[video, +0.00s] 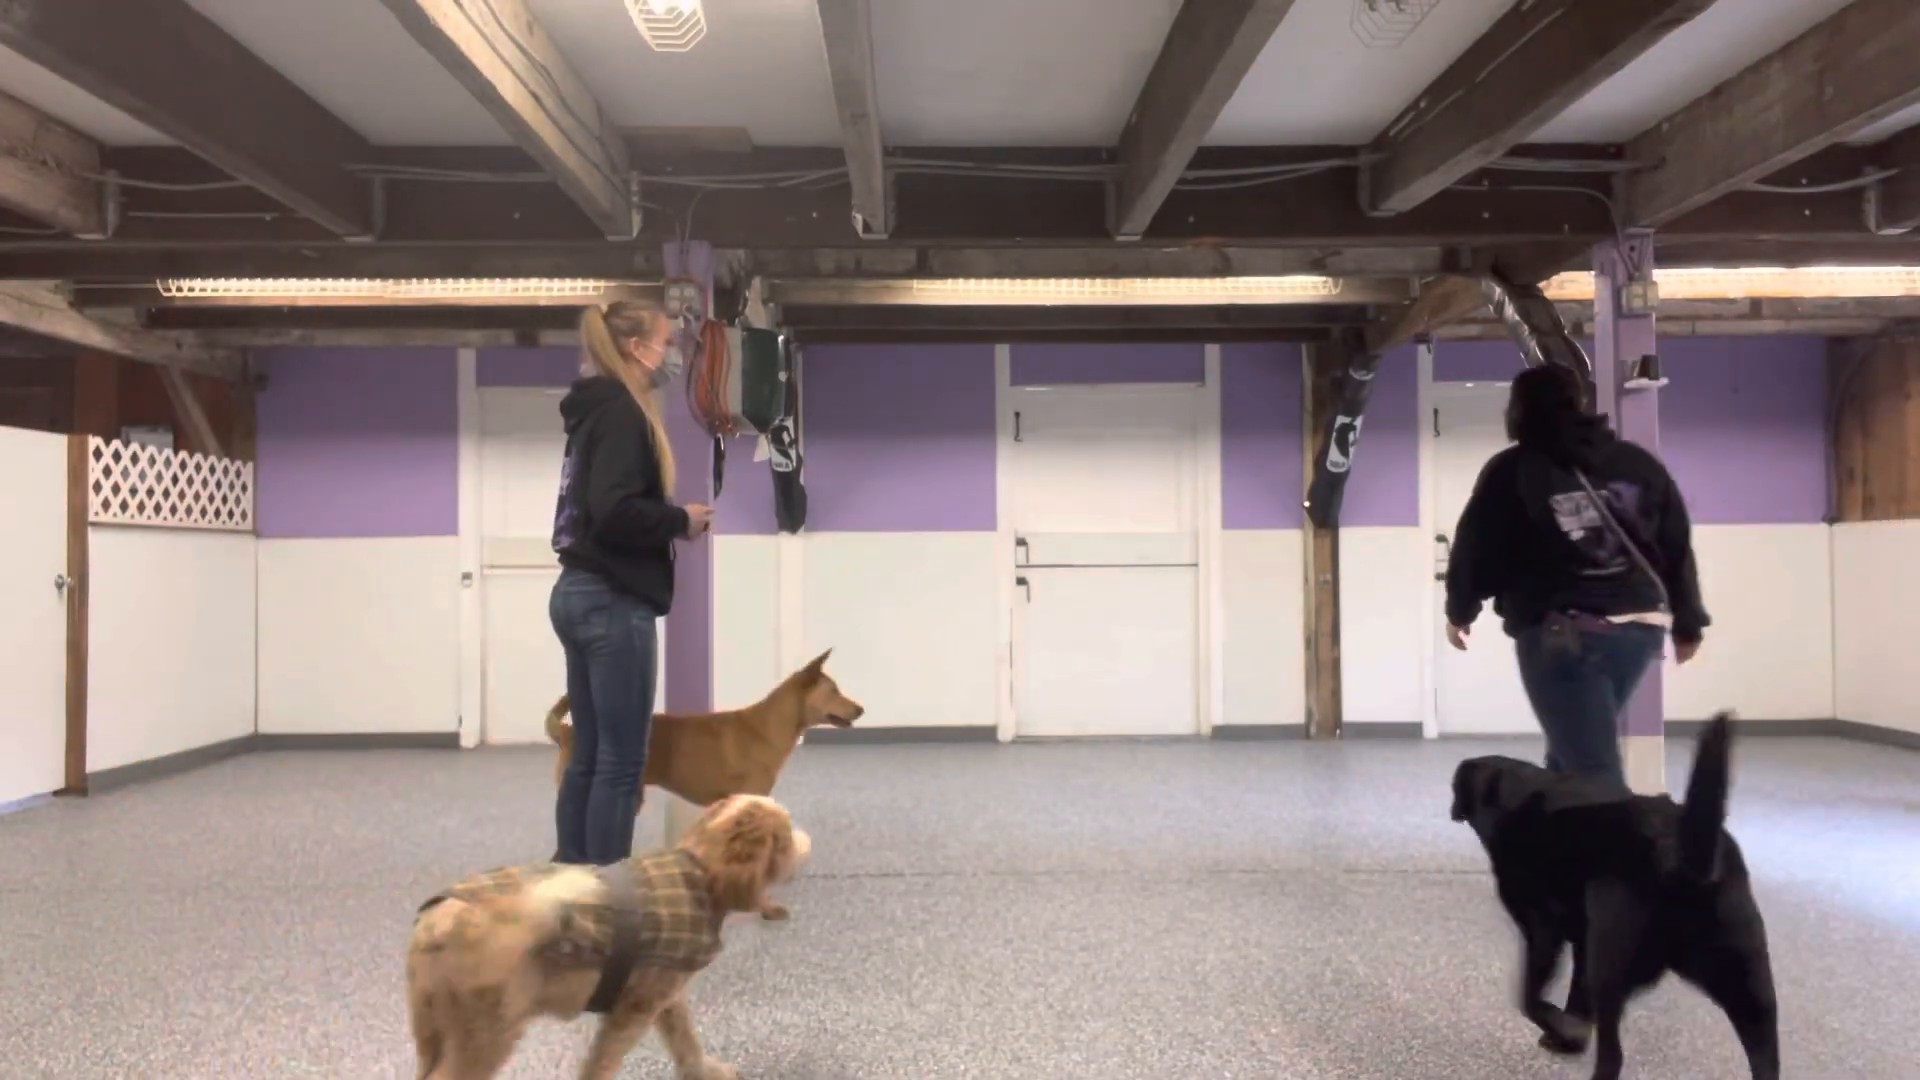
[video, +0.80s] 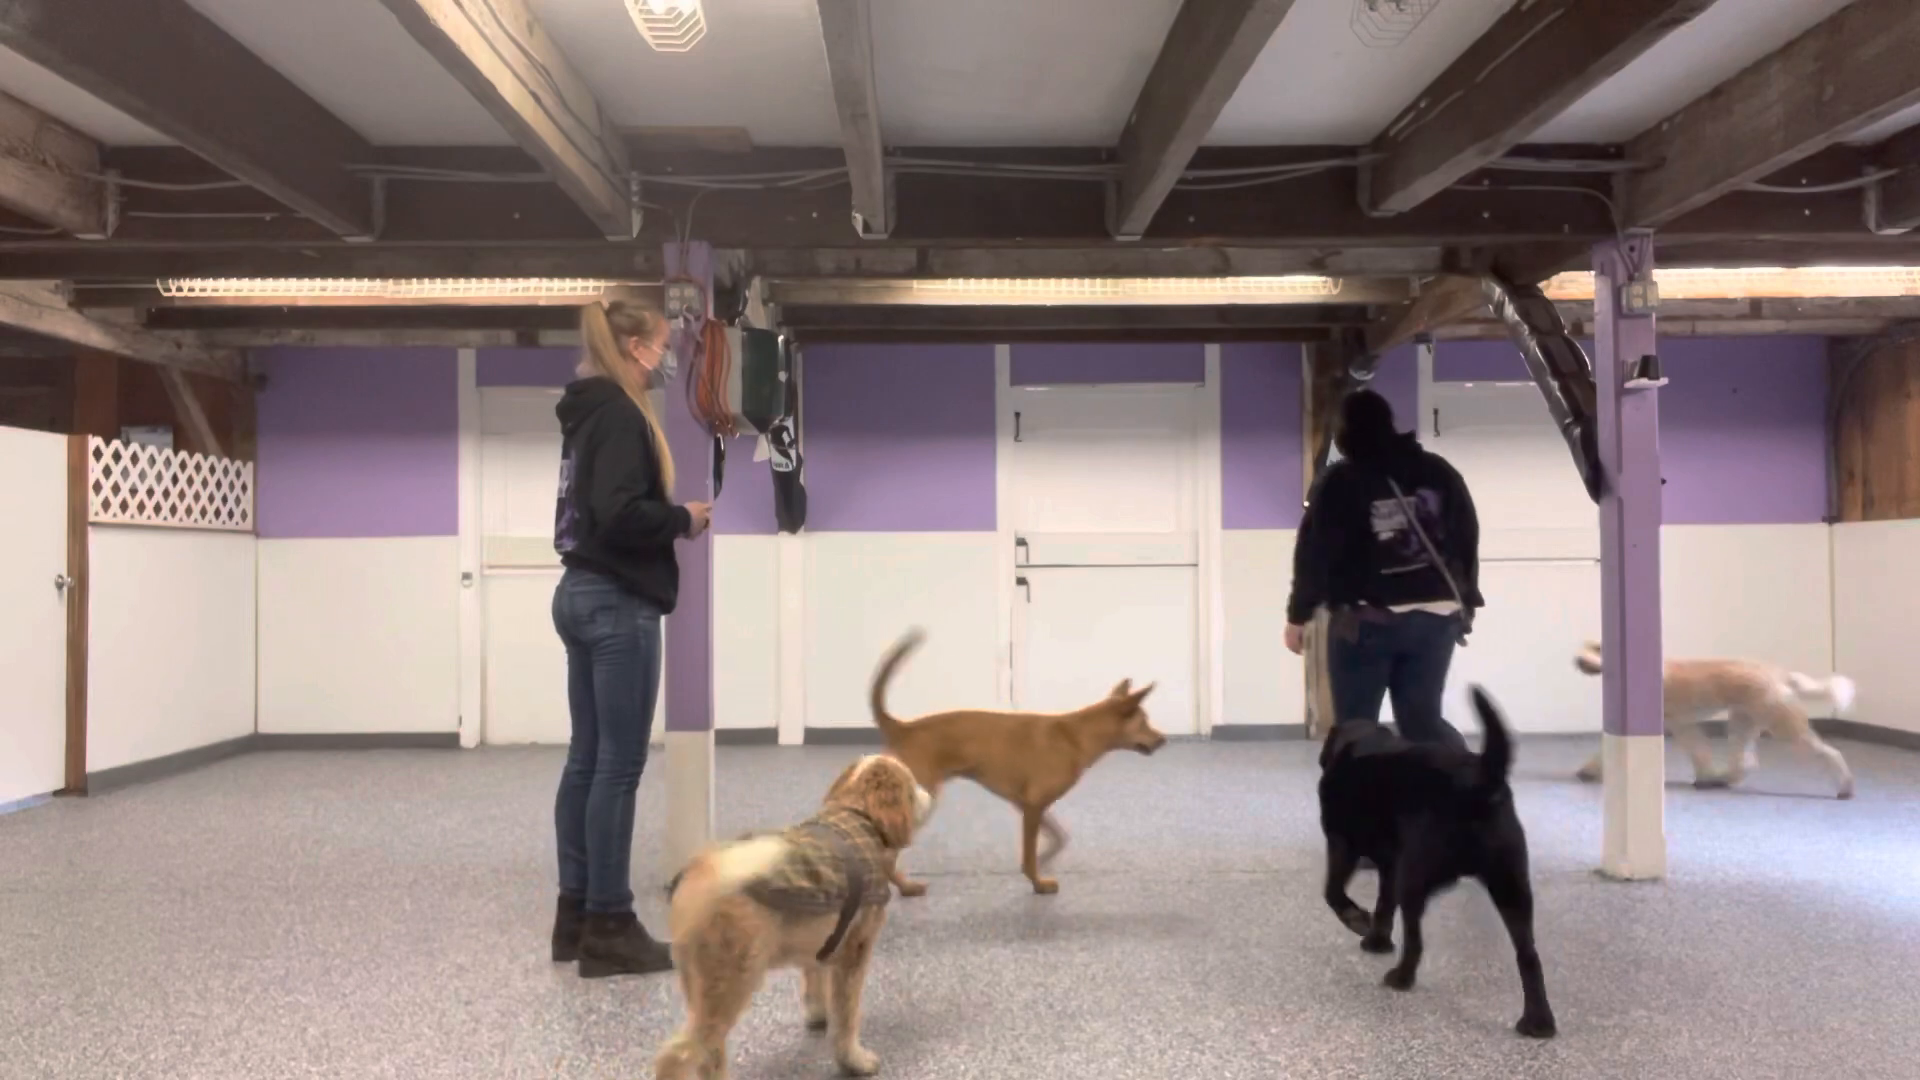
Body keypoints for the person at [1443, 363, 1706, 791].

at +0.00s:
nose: (1509, 415)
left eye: (1513, 407)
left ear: (1522, 412)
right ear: (1578, 406)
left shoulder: (1510, 470)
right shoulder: (1637, 461)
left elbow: (1474, 550)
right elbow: (1676, 547)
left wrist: (1460, 612)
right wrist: (1688, 622)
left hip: (1557, 633)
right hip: (1641, 631)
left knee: (1597, 778)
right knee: (1568, 763)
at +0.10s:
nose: (1497, 419)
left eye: (1502, 411)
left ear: (1509, 417)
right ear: (1566, 414)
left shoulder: (1494, 475)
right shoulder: (1612, 470)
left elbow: (1460, 552)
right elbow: (1646, 551)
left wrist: (1442, 616)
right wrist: (1649, 625)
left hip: (1529, 642)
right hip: (1604, 641)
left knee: (1546, 772)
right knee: (1539, 754)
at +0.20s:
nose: (1478, 415)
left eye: (1482, 409)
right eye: (1482, 408)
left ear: (1488, 414)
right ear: (1536, 410)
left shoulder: (1473, 470)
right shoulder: (1579, 465)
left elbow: (1439, 549)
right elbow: (1609, 544)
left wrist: (1416, 617)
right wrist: (1595, 608)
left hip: (1495, 634)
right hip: (1571, 630)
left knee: (1474, 750)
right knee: (1531, 745)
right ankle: (1552, 840)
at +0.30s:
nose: (1461, 415)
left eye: (1463, 409)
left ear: (1469, 413)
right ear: (1517, 408)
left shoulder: (1454, 467)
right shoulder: (1563, 466)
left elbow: (1421, 546)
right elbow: (1582, 547)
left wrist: (1397, 613)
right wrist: (1564, 604)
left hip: (1468, 630)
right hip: (1547, 629)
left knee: (1436, 735)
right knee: (1530, 748)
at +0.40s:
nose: (1435, 424)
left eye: (1438, 417)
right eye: (1437, 416)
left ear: (1448, 421)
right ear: (1492, 415)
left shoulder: (1435, 472)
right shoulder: (1538, 469)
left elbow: (1407, 553)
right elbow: (1558, 549)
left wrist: (1378, 617)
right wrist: (1531, 597)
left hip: (1448, 633)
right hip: (1526, 630)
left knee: (1408, 739)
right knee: (1528, 748)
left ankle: (1403, 842)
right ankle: (1558, 851)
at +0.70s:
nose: (1366, 441)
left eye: (1368, 433)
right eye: (1367, 433)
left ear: (1375, 437)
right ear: (1420, 428)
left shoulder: (1370, 488)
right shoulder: (1466, 479)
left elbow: (1352, 565)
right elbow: (1488, 551)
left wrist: (1333, 622)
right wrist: (1487, 613)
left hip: (1386, 633)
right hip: (1460, 631)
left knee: (1361, 739)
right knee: (1466, 738)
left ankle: (1358, 839)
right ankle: (1519, 820)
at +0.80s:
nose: (1340, 434)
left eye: (1342, 426)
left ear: (1344, 431)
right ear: (1390, 423)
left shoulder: (1338, 483)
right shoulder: (1439, 471)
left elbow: (1314, 554)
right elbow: (1466, 539)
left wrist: (1298, 616)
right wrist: (1467, 602)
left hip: (1363, 623)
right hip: (1434, 621)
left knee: (1356, 736)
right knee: (1423, 724)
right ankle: (1476, 781)